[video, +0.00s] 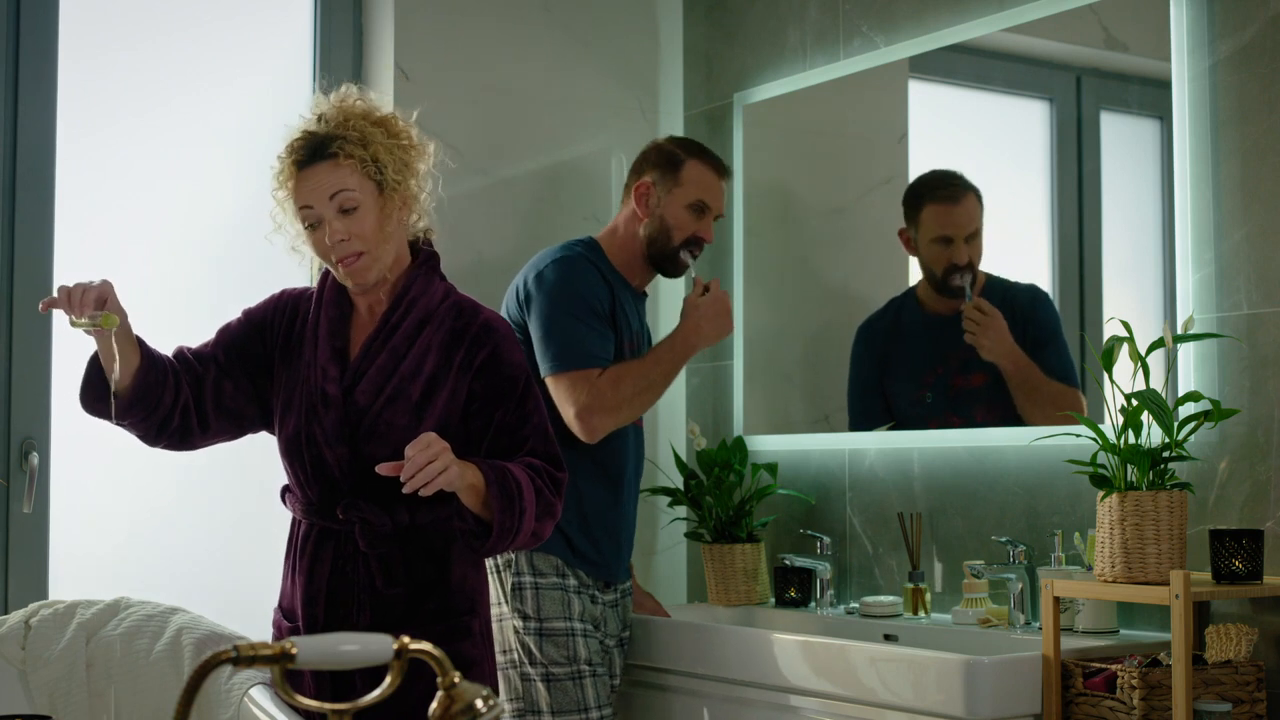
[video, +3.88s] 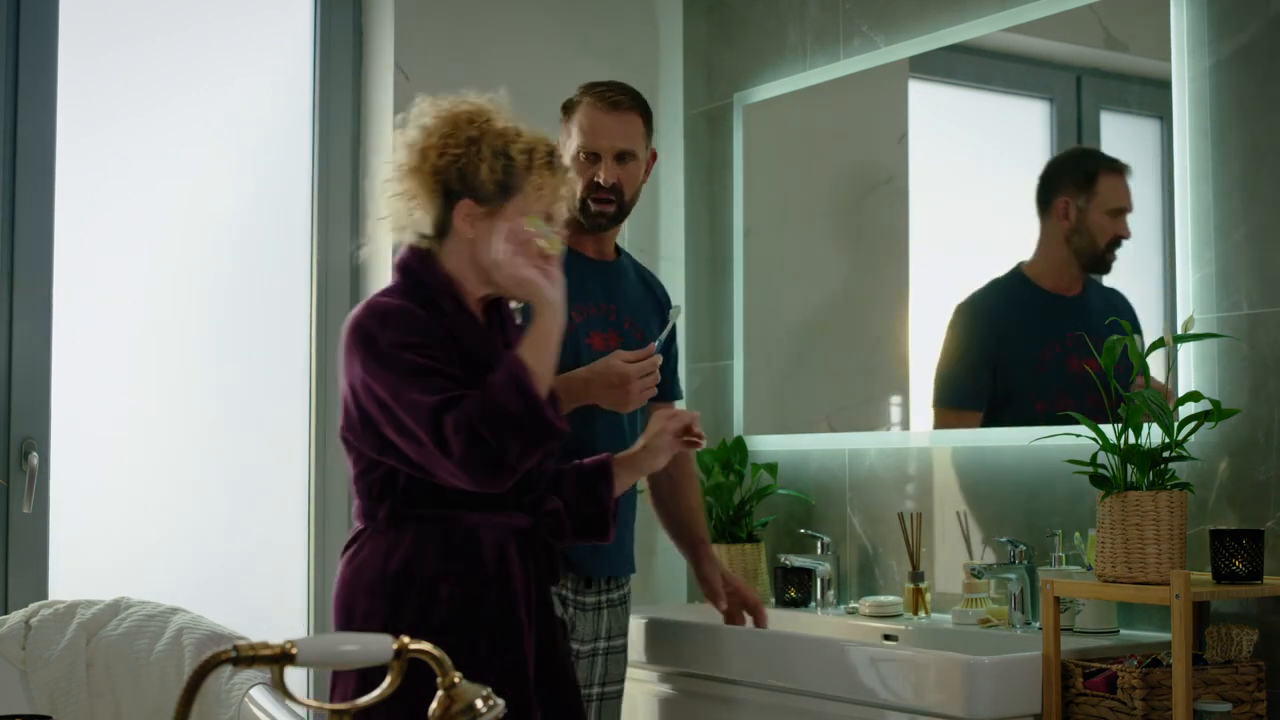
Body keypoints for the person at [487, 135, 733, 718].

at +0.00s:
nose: (707, 233)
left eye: (714, 219)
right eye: (697, 210)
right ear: (643, 198)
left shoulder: (629, 303)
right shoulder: (564, 276)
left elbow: (596, 465)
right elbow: (587, 412)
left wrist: (623, 581)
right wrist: (689, 337)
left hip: (599, 578)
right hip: (544, 570)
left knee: (586, 706)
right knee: (565, 710)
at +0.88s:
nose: (631, 185)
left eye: (650, 171)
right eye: (616, 165)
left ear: (672, 186)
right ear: (586, 170)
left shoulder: (646, 298)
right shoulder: (522, 276)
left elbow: (605, 448)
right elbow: (492, 422)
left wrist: (622, 566)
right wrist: (614, 404)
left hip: (606, 578)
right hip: (534, 572)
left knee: (600, 710)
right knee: (555, 712)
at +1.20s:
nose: (613, 178)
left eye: (636, 164)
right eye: (601, 156)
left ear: (668, 178)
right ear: (579, 156)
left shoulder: (668, 295)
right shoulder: (508, 265)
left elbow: (682, 441)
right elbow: (469, 413)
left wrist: (710, 563)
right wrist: (573, 404)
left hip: (604, 566)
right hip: (513, 556)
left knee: (594, 712)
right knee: (523, 714)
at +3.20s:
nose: (599, 187)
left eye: (623, 172)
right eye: (589, 164)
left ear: (665, 177)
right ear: (574, 153)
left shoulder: (681, 297)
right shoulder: (499, 265)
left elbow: (697, 457)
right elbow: (454, 414)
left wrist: (720, 593)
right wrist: (548, 411)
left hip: (609, 594)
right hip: (496, 586)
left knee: (602, 712)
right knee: (494, 713)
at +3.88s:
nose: (605, 176)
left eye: (623, 158)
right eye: (588, 156)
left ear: (648, 166)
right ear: (559, 158)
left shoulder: (650, 296)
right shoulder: (516, 271)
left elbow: (666, 440)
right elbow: (483, 406)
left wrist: (706, 564)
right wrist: (580, 389)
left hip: (607, 575)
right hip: (518, 568)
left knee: (595, 712)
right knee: (519, 710)